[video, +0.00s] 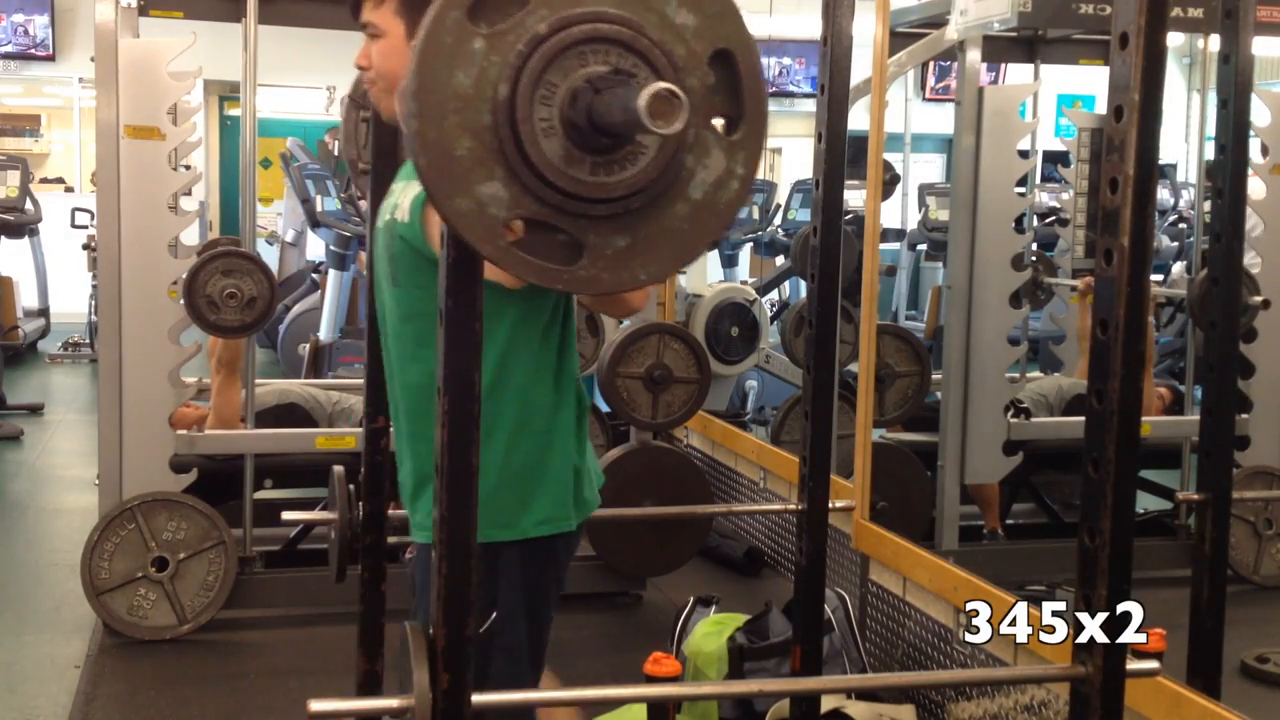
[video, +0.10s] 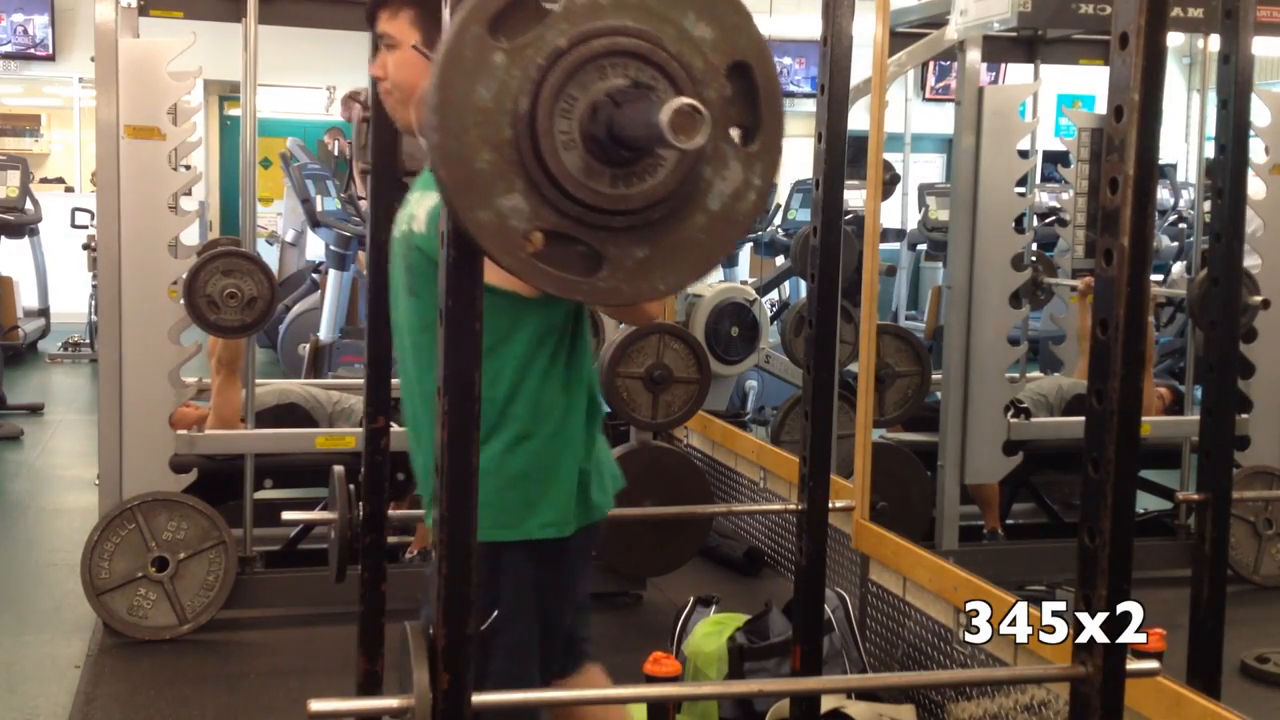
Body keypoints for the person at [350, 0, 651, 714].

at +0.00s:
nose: (361, 59)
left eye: (375, 34)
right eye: (365, 36)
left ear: (435, 45)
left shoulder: (465, 175)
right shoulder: (427, 182)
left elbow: (626, 292)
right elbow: (520, 258)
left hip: (510, 509)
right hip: (486, 511)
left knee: (500, 703)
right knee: (488, 705)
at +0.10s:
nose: (376, 71)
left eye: (389, 47)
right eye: (377, 49)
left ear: (450, 62)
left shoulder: (465, 200)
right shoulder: (432, 199)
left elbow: (647, 303)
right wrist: (434, 504)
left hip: (515, 498)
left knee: (498, 694)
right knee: (569, 665)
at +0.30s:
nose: (414, 85)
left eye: (430, 64)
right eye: (415, 63)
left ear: (493, 68)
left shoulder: (516, 204)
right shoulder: (485, 198)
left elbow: (672, 297)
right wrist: (443, 502)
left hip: (549, 502)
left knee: (501, 703)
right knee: (606, 676)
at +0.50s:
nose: (472, 103)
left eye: (480, 81)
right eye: (473, 85)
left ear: (527, 74)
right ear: (527, 78)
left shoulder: (538, 201)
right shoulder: (530, 203)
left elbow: (667, 269)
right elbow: (662, 266)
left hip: (584, 505)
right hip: (601, 500)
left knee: (513, 704)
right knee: (619, 671)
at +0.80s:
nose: (491, 98)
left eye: (498, 74)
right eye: (488, 78)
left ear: (554, 69)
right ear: (551, 73)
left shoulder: (612, 188)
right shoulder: (557, 180)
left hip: (638, 497)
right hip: (594, 490)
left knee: (614, 705)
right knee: (619, 697)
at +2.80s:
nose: (526, 65)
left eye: (544, 43)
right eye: (534, 43)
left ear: (606, 65)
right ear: (600, 68)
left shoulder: (648, 196)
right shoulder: (590, 178)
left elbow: (788, 287)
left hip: (673, 518)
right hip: (618, 510)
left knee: (678, 711)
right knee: (632, 704)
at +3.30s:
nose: (535, 168)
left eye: (550, 145)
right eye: (537, 148)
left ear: (616, 153)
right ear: (608, 155)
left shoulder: (649, 270)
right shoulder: (590, 262)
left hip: (720, 551)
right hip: (643, 531)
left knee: (624, 711)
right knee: (557, 654)